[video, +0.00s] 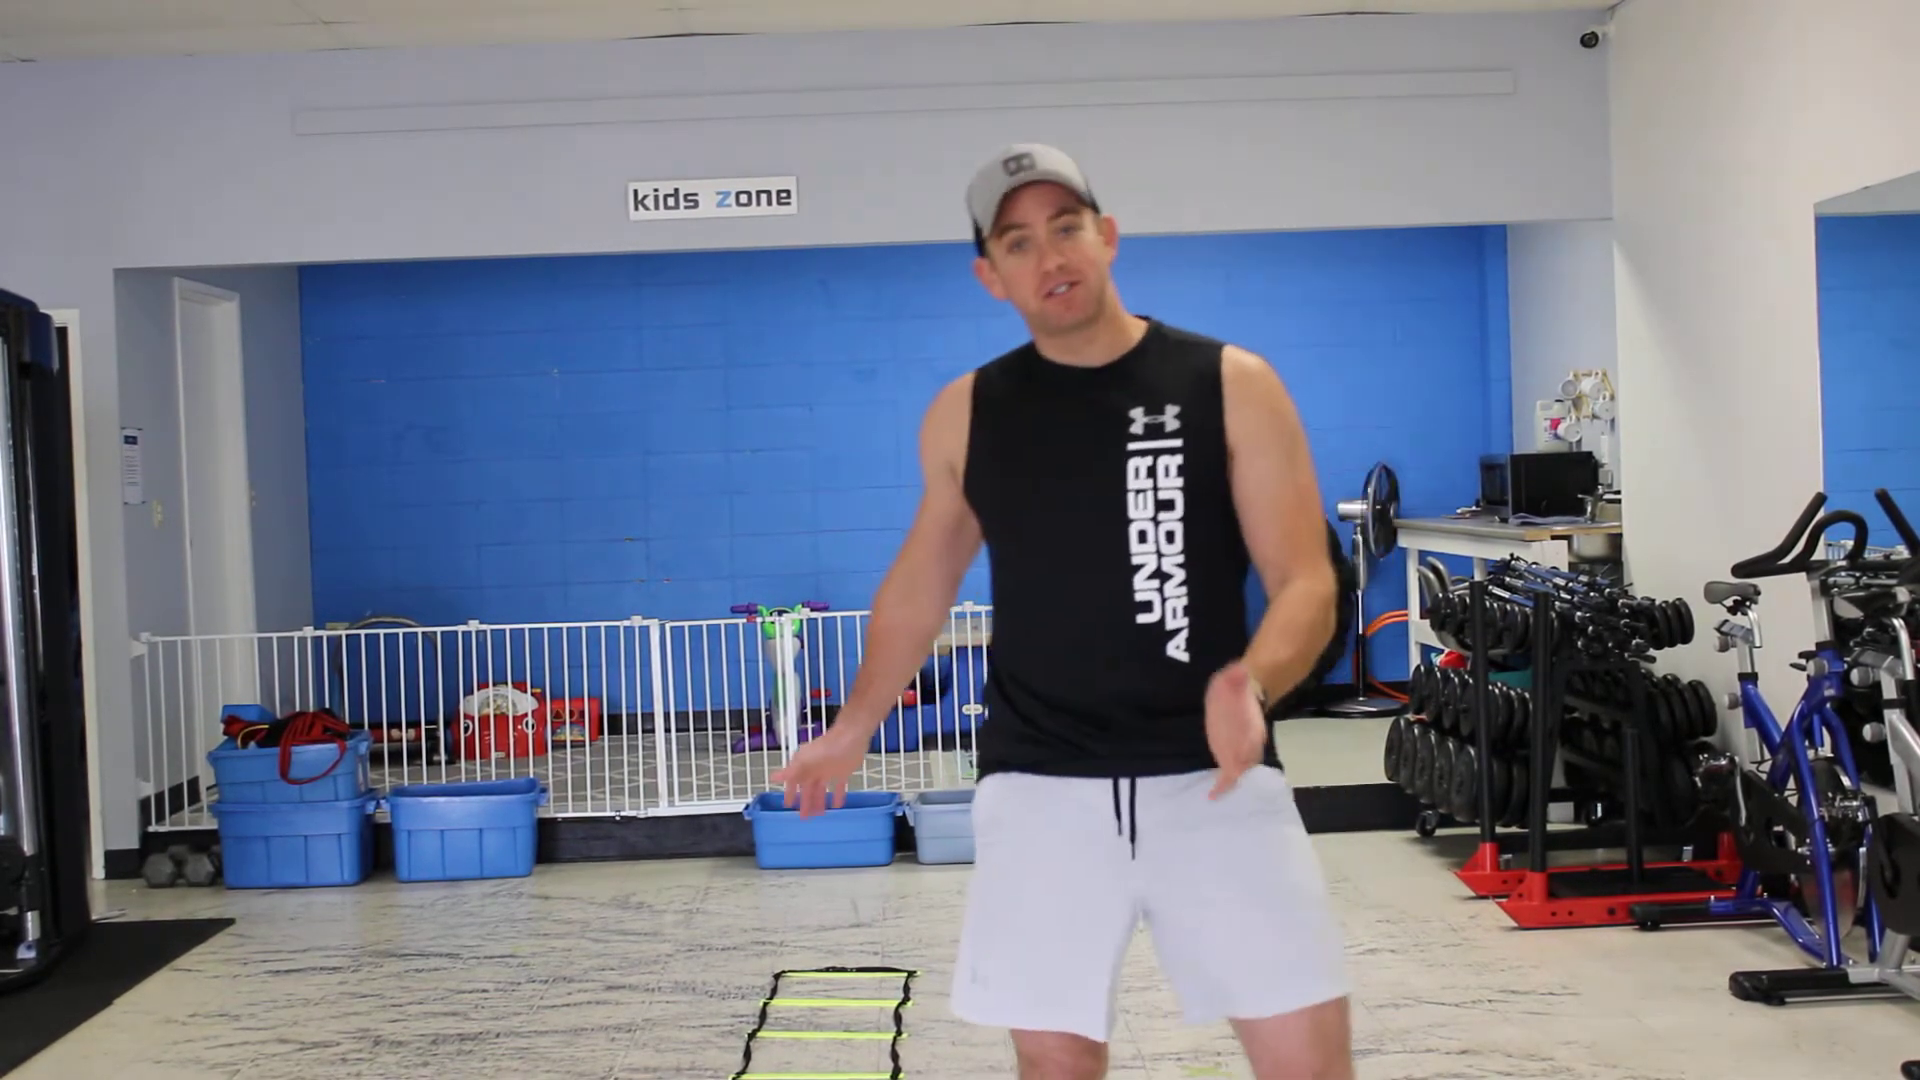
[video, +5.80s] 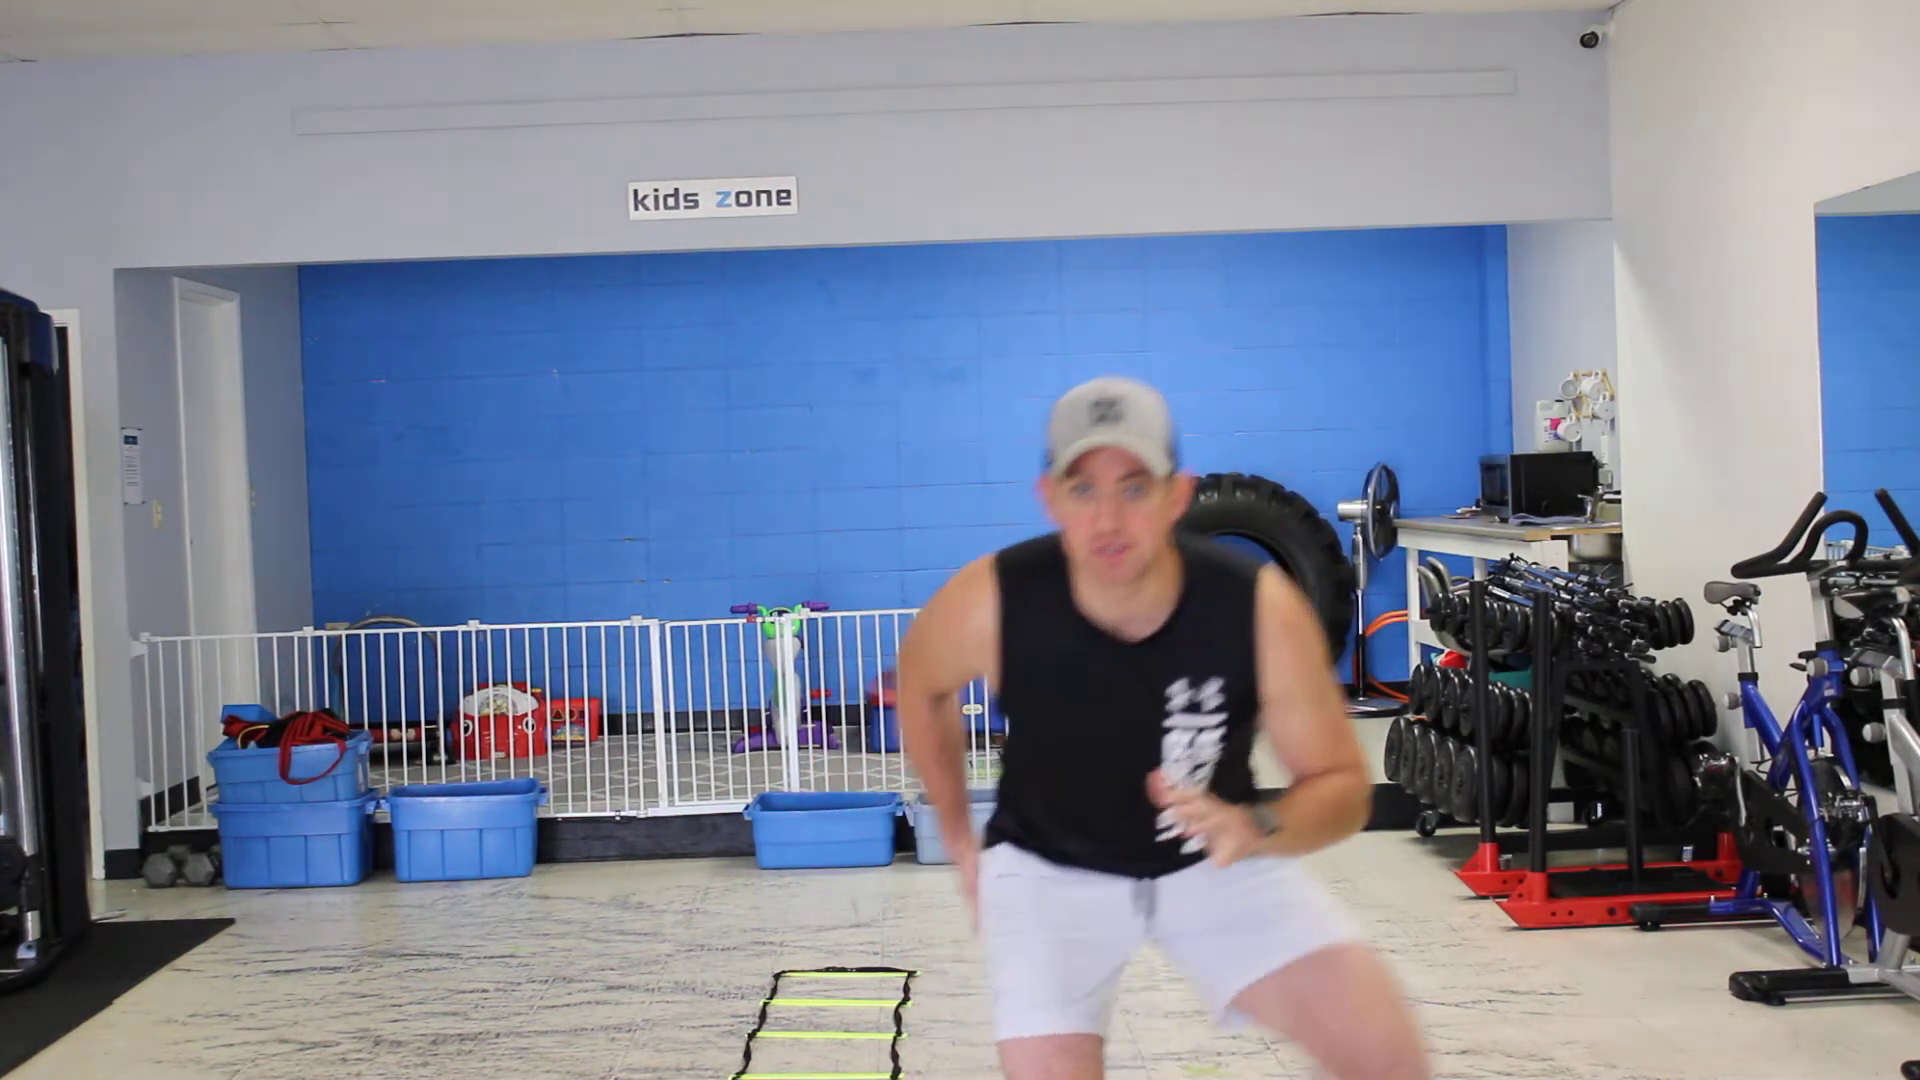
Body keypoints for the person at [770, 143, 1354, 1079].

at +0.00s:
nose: (1051, 254)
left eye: (1067, 227)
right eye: (1019, 241)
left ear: (1108, 235)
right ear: (990, 276)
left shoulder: (1231, 387)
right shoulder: (967, 414)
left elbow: (1307, 583)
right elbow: (920, 586)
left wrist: (1250, 677)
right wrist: (850, 730)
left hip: (1222, 789)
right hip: (1041, 799)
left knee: (1310, 1062)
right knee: (1055, 1065)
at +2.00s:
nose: (1120, 258)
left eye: (1145, 233)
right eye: (1095, 233)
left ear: (1181, 252)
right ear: (1058, 253)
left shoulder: (1264, 399)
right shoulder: (989, 407)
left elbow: (1333, 555)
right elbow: (913, 582)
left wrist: (1318, 608)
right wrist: (918, 648)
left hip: (1225, 778)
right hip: (1051, 785)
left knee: (1258, 1056)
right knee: (1052, 1060)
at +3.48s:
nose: (1083, 343)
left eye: (1106, 314)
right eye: (1057, 318)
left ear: (1145, 323)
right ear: (1024, 335)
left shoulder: (1238, 455)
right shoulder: (971, 469)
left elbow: (1322, 652)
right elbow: (927, 638)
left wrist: (1244, 630)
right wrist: (940, 797)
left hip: (1226, 800)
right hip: (1049, 809)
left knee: (1305, 1053)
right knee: (1036, 1061)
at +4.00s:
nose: (999, 438)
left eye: (1022, 409)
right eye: (973, 411)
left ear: (1062, 413)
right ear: (939, 419)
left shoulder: (1144, 532)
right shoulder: (878, 533)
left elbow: (1229, 743)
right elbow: (833, 647)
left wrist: (1142, 727)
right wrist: (876, 794)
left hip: (1142, 831)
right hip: (969, 838)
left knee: (1243, 1067)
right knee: (987, 1069)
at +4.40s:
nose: (949, 540)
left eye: (976, 509)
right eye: (924, 512)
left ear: (1018, 513)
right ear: (895, 519)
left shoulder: (1105, 620)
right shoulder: (847, 625)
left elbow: (1181, 848)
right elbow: (839, 723)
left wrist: (1059, 818)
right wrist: (875, 858)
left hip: (1113, 899)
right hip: (954, 885)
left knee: (1131, 1067)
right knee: (970, 1065)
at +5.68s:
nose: (1052, 552)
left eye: (1078, 521)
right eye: (1027, 524)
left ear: (1123, 527)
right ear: (997, 533)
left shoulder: (1209, 632)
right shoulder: (948, 633)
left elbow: (1299, 826)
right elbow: (891, 727)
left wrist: (1192, 855)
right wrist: (926, 882)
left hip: (1180, 901)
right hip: (1015, 893)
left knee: (1280, 1065)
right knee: (1032, 1066)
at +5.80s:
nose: (1108, 517)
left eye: (1134, 489)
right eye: (1083, 491)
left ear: (1178, 497)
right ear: (1051, 500)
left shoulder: (1258, 605)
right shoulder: (991, 602)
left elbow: (1345, 787)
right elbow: (922, 688)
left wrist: (1260, 826)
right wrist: (960, 839)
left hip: (1215, 865)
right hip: (1049, 874)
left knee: (1385, 1049)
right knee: (1047, 1066)